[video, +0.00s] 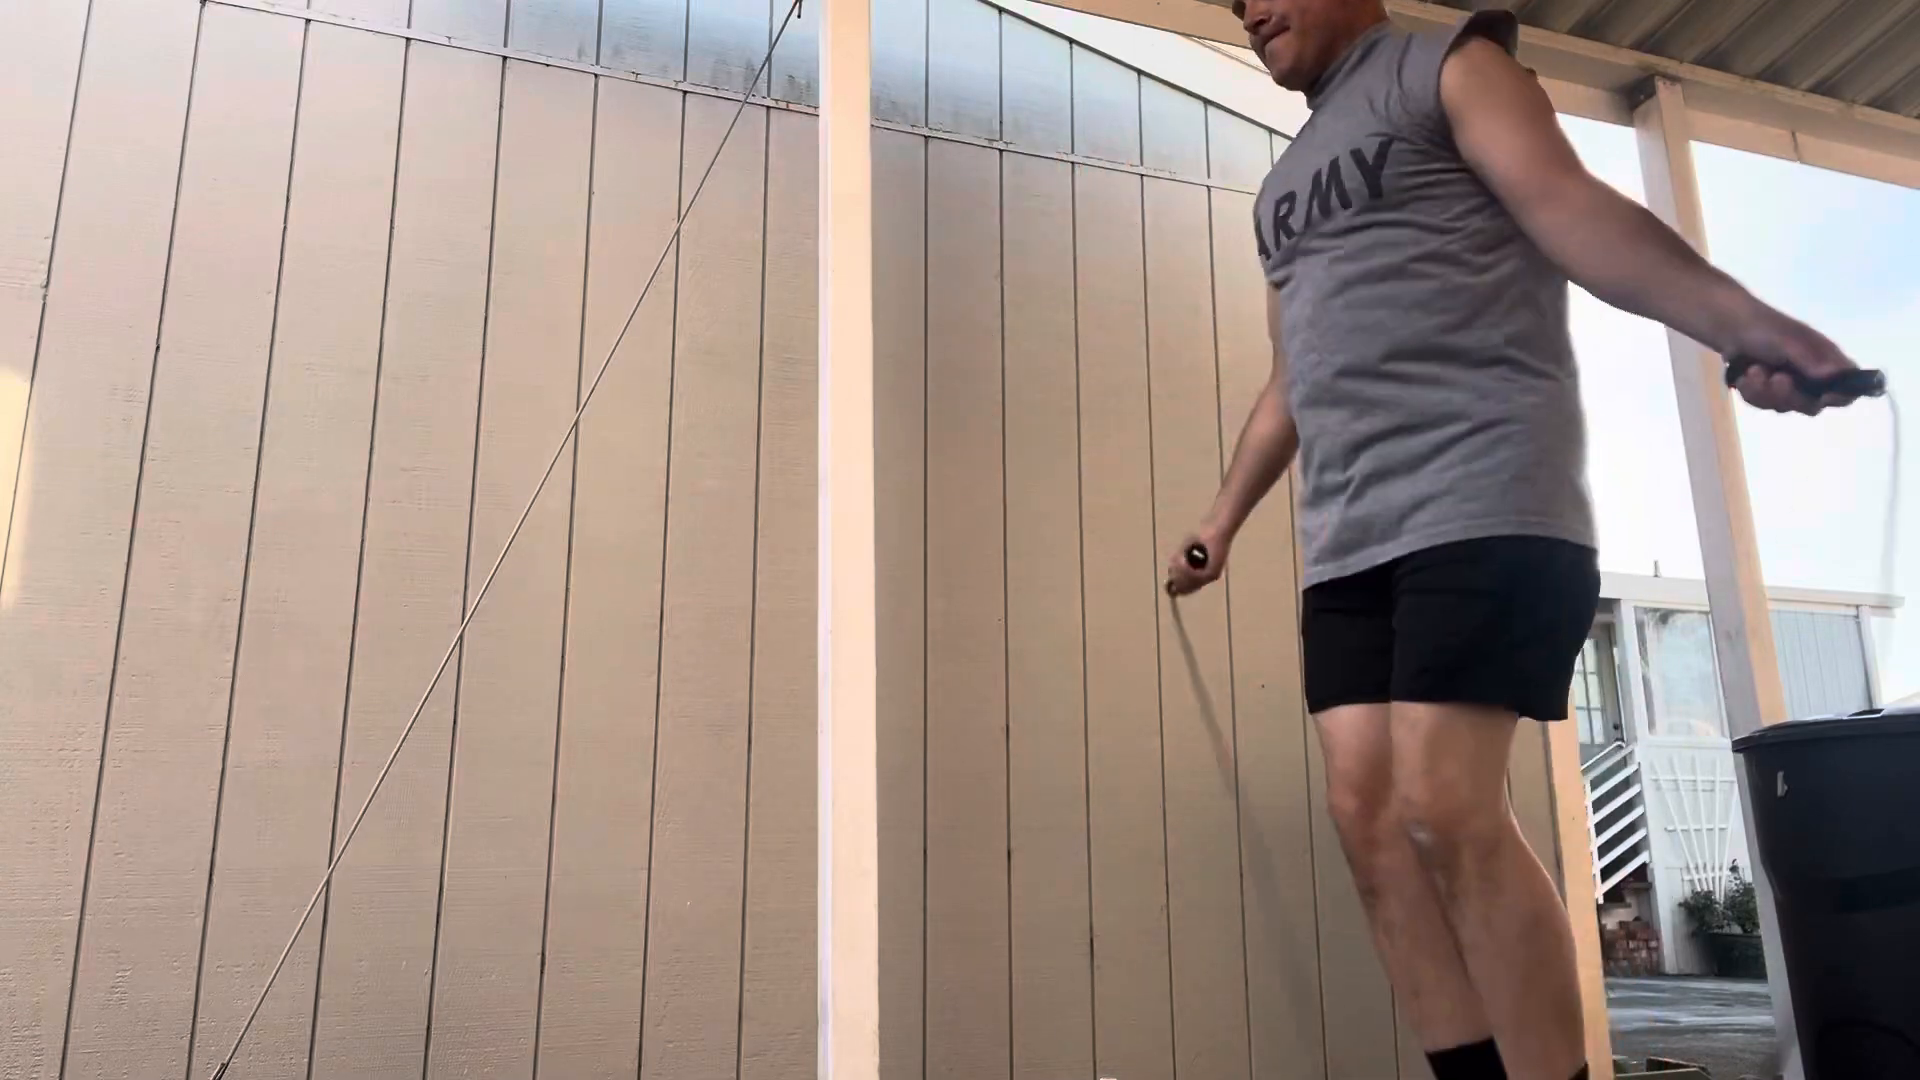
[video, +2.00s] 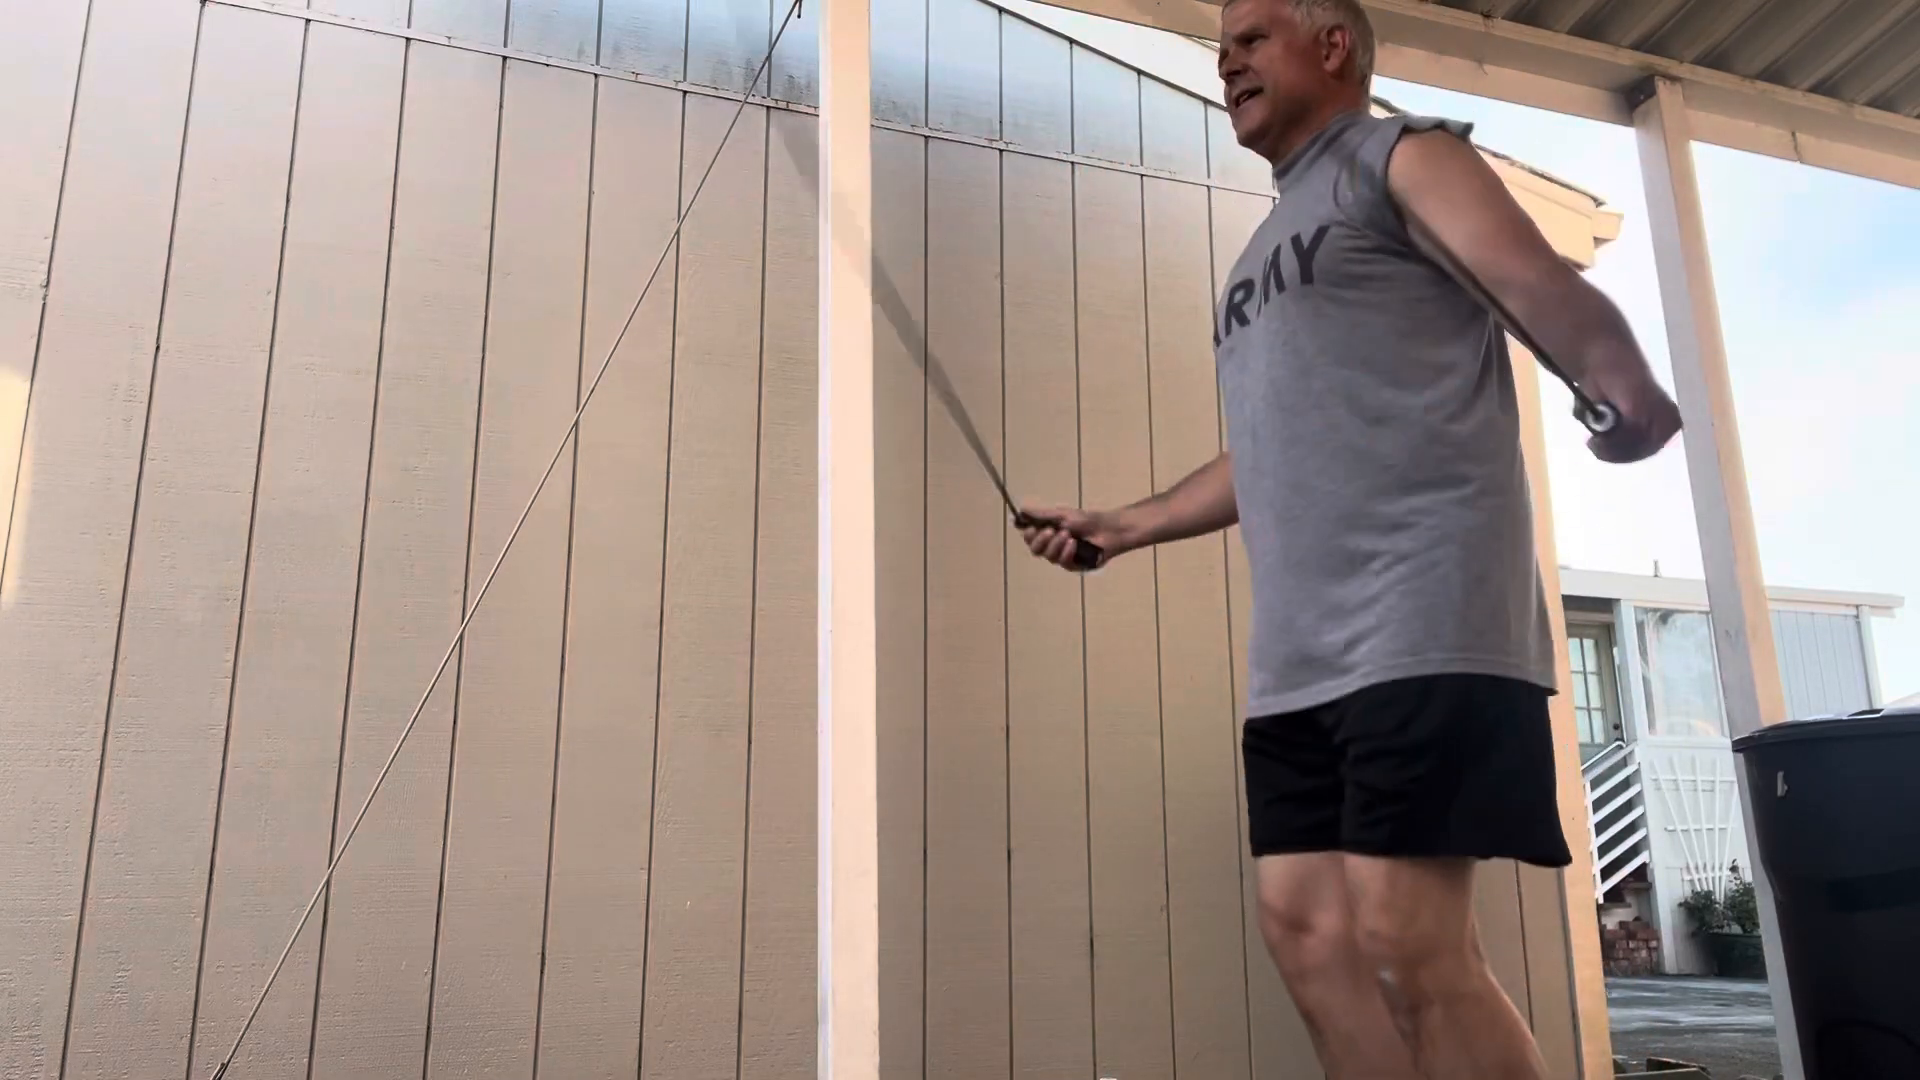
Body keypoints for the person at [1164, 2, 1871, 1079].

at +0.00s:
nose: (1250, 15)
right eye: (1241, 7)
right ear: (1257, 26)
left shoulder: (1446, 60)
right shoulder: (1281, 186)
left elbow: (1567, 205)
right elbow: (1294, 375)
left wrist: (1739, 321)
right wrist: (1223, 512)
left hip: (1488, 479)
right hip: (1344, 520)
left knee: (1449, 809)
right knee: (1368, 818)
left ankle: (1550, 1074)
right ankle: (1472, 1073)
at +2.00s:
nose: (1227, 62)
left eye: (1251, 36)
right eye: (1221, 49)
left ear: (1333, 44)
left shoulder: (1402, 155)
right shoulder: (1255, 261)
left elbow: (1533, 278)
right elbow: (1262, 459)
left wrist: (1632, 391)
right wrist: (1115, 528)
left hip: (1426, 607)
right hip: (1296, 633)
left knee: (1412, 936)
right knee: (1306, 927)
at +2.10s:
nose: (1232, 7)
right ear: (1248, 24)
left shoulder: (1402, 72)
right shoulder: (1251, 182)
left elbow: (1511, 205)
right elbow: (1257, 382)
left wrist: (1657, 309)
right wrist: (1165, 518)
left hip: (1423, 538)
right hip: (1291, 563)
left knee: (1431, 856)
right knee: (1345, 857)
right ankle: (1426, 1078)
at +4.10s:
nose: (1332, 44)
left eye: (1361, 22)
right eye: (1327, 34)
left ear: (1444, 32)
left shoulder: (1514, 143)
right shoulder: (1346, 250)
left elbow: (1653, 272)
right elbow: (1329, 446)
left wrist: (1770, 379)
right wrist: (1184, 508)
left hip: (1523, 611)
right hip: (1382, 638)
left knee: (1529, 934)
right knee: (1414, 930)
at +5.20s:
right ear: (1344, 27)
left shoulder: (1528, 67)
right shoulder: (1349, 182)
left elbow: (1686, 191)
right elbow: (1359, 381)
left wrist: (1854, 219)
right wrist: (1224, 449)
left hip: (1532, 529)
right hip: (1381, 557)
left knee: (1543, 866)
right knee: (1429, 865)